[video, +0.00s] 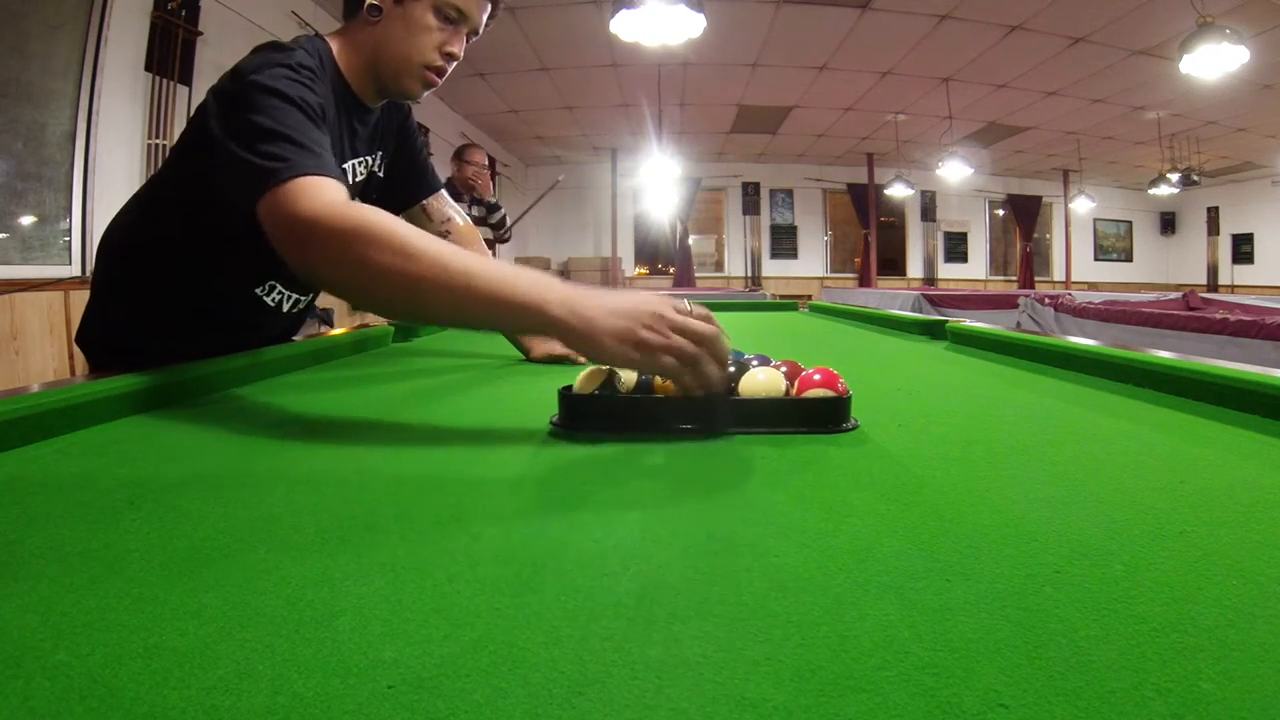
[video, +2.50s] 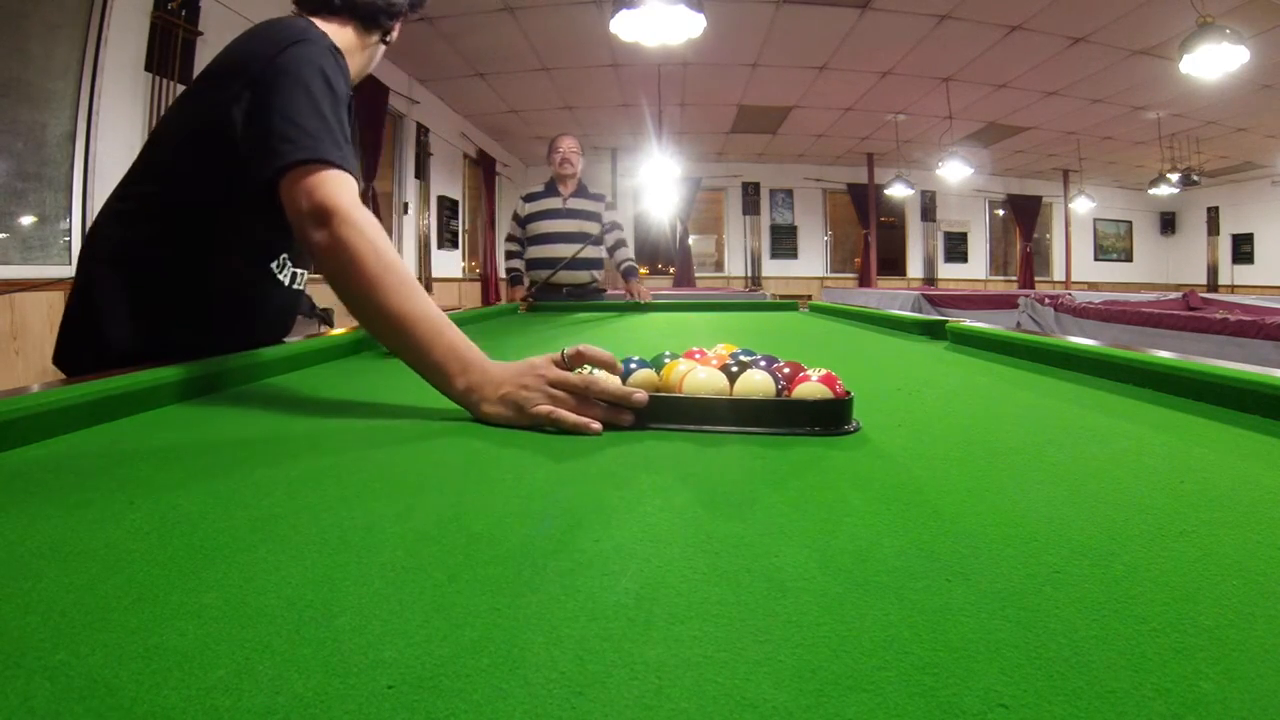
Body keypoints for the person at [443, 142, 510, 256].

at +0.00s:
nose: (478, 172)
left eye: (484, 168)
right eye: (472, 165)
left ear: (488, 172)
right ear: (455, 165)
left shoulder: (486, 205)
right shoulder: (437, 197)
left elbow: (504, 238)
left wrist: (489, 200)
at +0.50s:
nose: (494, 166)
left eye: (499, 160)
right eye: (487, 158)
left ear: (504, 165)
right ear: (468, 162)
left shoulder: (504, 199)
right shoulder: (444, 198)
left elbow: (525, 230)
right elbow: (429, 252)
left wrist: (503, 193)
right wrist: (445, 293)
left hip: (500, 295)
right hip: (462, 299)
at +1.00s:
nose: (536, 174)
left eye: (540, 168)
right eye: (529, 167)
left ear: (543, 169)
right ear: (511, 164)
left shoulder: (541, 199)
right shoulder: (489, 196)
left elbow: (564, 239)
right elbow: (472, 241)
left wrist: (547, 203)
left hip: (537, 293)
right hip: (502, 291)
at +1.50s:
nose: (546, 166)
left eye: (552, 161)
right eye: (539, 160)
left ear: (558, 167)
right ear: (527, 165)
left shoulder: (565, 206)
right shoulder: (508, 200)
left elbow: (587, 246)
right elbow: (491, 246)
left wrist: (586, 233)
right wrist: (495, 286)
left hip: (559, 294)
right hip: (522, 292)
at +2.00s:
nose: (542, 158)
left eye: (548, 153)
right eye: (534, 154)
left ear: (556, 160)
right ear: (524, 163)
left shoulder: (575, 199)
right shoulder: (506, 203)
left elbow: (595, 234)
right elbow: (491, 248)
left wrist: (609, 263)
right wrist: (496, 284)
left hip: (569, 296)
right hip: (527, 298)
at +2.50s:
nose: (565, 155)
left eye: (572, 151)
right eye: (558, 151)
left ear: (582, 162)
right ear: (549, 162)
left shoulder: (601, 202)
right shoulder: (529, 201)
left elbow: (616, 242)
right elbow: (514, 244)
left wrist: (632, 279)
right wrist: (516, 284)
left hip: (589, 297)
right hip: (544, 298)